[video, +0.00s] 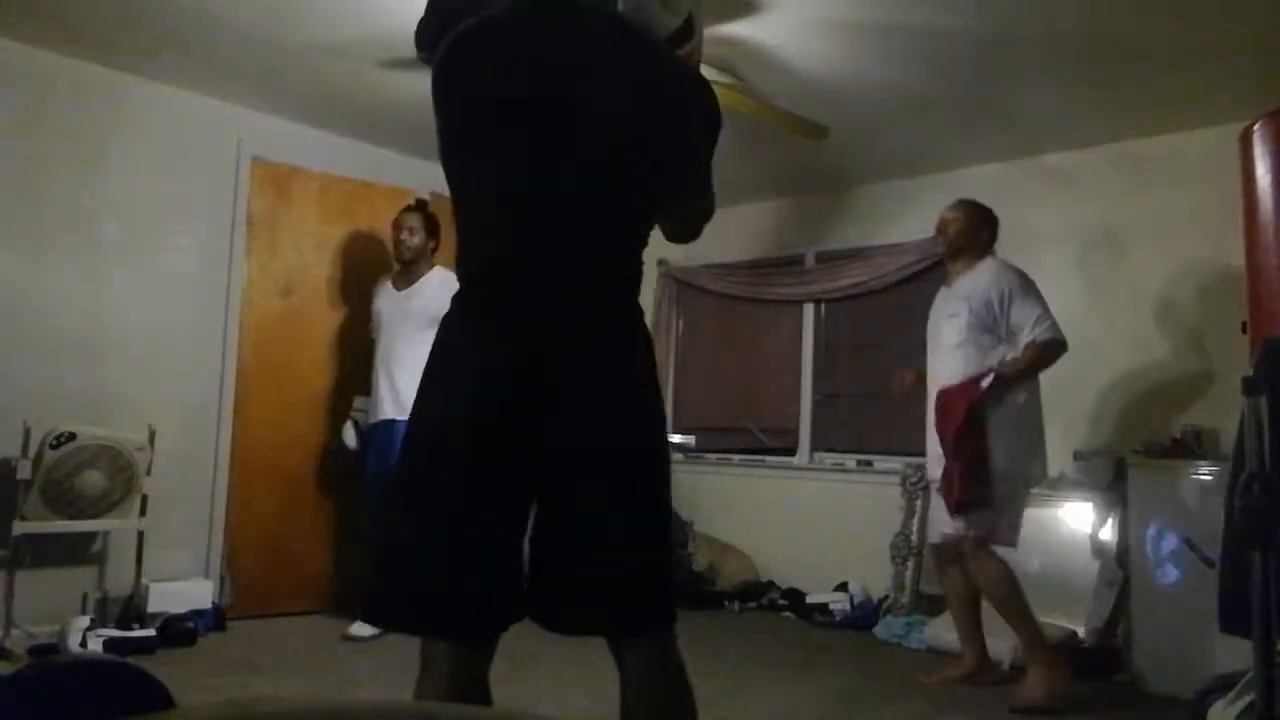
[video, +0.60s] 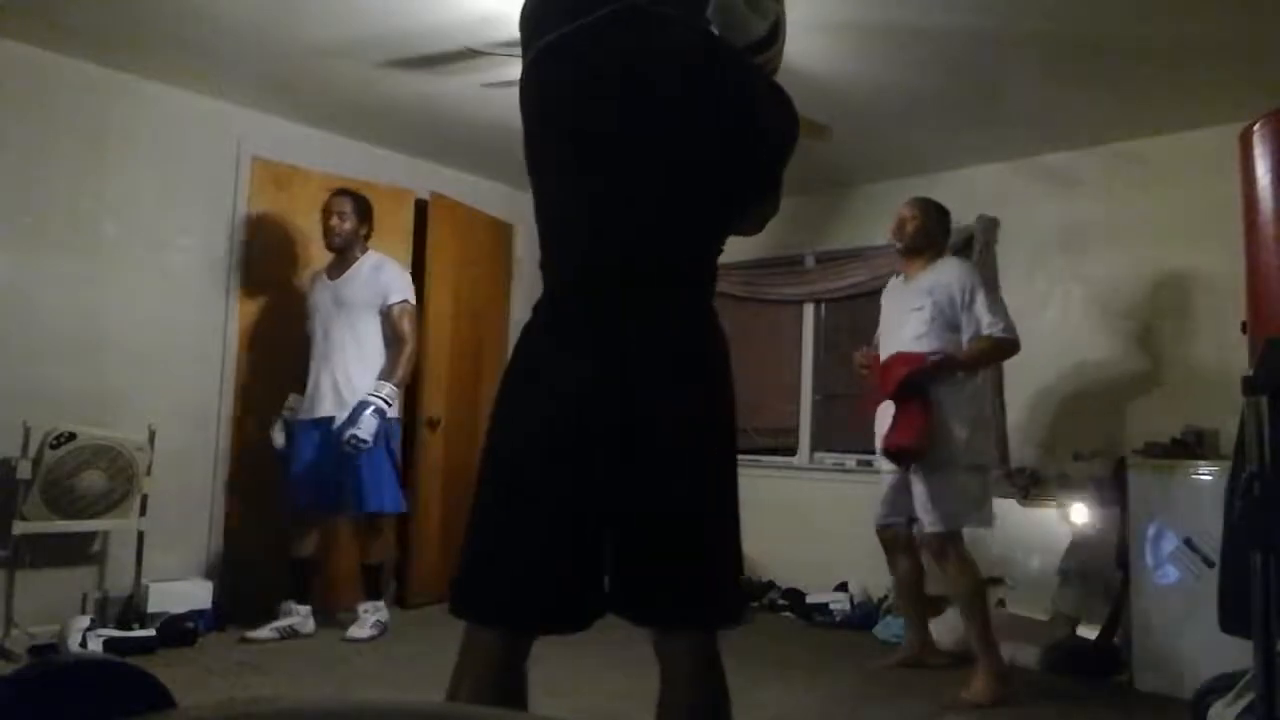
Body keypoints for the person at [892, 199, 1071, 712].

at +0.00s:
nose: (938, 232)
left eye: (949, 223)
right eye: (938, 225)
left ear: (979, 234)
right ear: (947, 237)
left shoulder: (1002, 278)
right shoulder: (945, 293)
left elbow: (1050, 341)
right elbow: (957, 360)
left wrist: (997, 379)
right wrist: (920, 378)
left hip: (996, 446)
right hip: (951, 448)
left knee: (975, 549)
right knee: (947, 549)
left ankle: (1041, 659)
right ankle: (974, 659)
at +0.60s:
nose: (897, 224)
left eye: (909, 218)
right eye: (897, 217)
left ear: (934, 232)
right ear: (897, 230)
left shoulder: (958, 274)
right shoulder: (892, 288)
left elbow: (1004, 339)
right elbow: (898, 356)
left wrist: (952, 362)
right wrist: (874, 362)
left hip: (950, 438)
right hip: (905, 437)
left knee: (943, 544)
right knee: (892, 530)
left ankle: (989, 663)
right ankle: (918, 642)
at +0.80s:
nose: (869, 244)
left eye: (879, 235)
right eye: (870, 236)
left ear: (909, 244)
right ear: (882, 247)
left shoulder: (934, 291)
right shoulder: (873, 303)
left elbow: (974, 363)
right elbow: (868, 368)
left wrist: (926, 385)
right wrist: (846, 366)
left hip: (924, 440)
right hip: (880, 441)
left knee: (911, 541)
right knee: (881, 540)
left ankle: (970, 652)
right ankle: (919, 644)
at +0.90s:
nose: (861, 240)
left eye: (869, 231)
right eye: (861, 232)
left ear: (899, 237)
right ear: (873, 241)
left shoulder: (925, 282)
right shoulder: (865, 293)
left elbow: (972, 343)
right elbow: (858, 351)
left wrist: (916, 366)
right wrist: (843, 352)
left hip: (915, 432)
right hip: (875, 434)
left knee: (897, 534)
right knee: (886, 532)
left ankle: (931, 658)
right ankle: (916, 641)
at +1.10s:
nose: (842, 245)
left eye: (851, 236)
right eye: (843, 237)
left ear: (883, 243)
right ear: (866, 245)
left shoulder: (903, 286)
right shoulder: (860, 298)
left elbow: (940, 353)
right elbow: (853, 359)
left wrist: (867, 368)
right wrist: (824, 368)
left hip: (900, 451)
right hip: (869, 449)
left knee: (879, 548)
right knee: (878, 548)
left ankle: (904, 673)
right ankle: (914, 648)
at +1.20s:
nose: (832, 242)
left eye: (842, 233)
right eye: (834, 233)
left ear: (874, 241)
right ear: (863, 243)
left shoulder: (894, 282)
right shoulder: (856, 293)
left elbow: (913, 356)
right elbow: (852, 369)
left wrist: (841, 359)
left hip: (891, 450)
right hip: (861, 447)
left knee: (878, 553)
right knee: (834, 535)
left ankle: (904, 676)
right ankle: (900, 630)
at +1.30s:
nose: (820, 237)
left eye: (830, 229)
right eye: (821, 229)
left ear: (861, 236)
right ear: (848, 238)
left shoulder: (878, 274)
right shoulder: (842, 286)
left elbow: (890, 349)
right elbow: (843, 364)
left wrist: (824, 350)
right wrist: (798, 361)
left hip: (881, 447)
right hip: (842, 445)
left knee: (875, 550)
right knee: (812, 526)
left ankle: (903, 677)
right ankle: (860, 617)